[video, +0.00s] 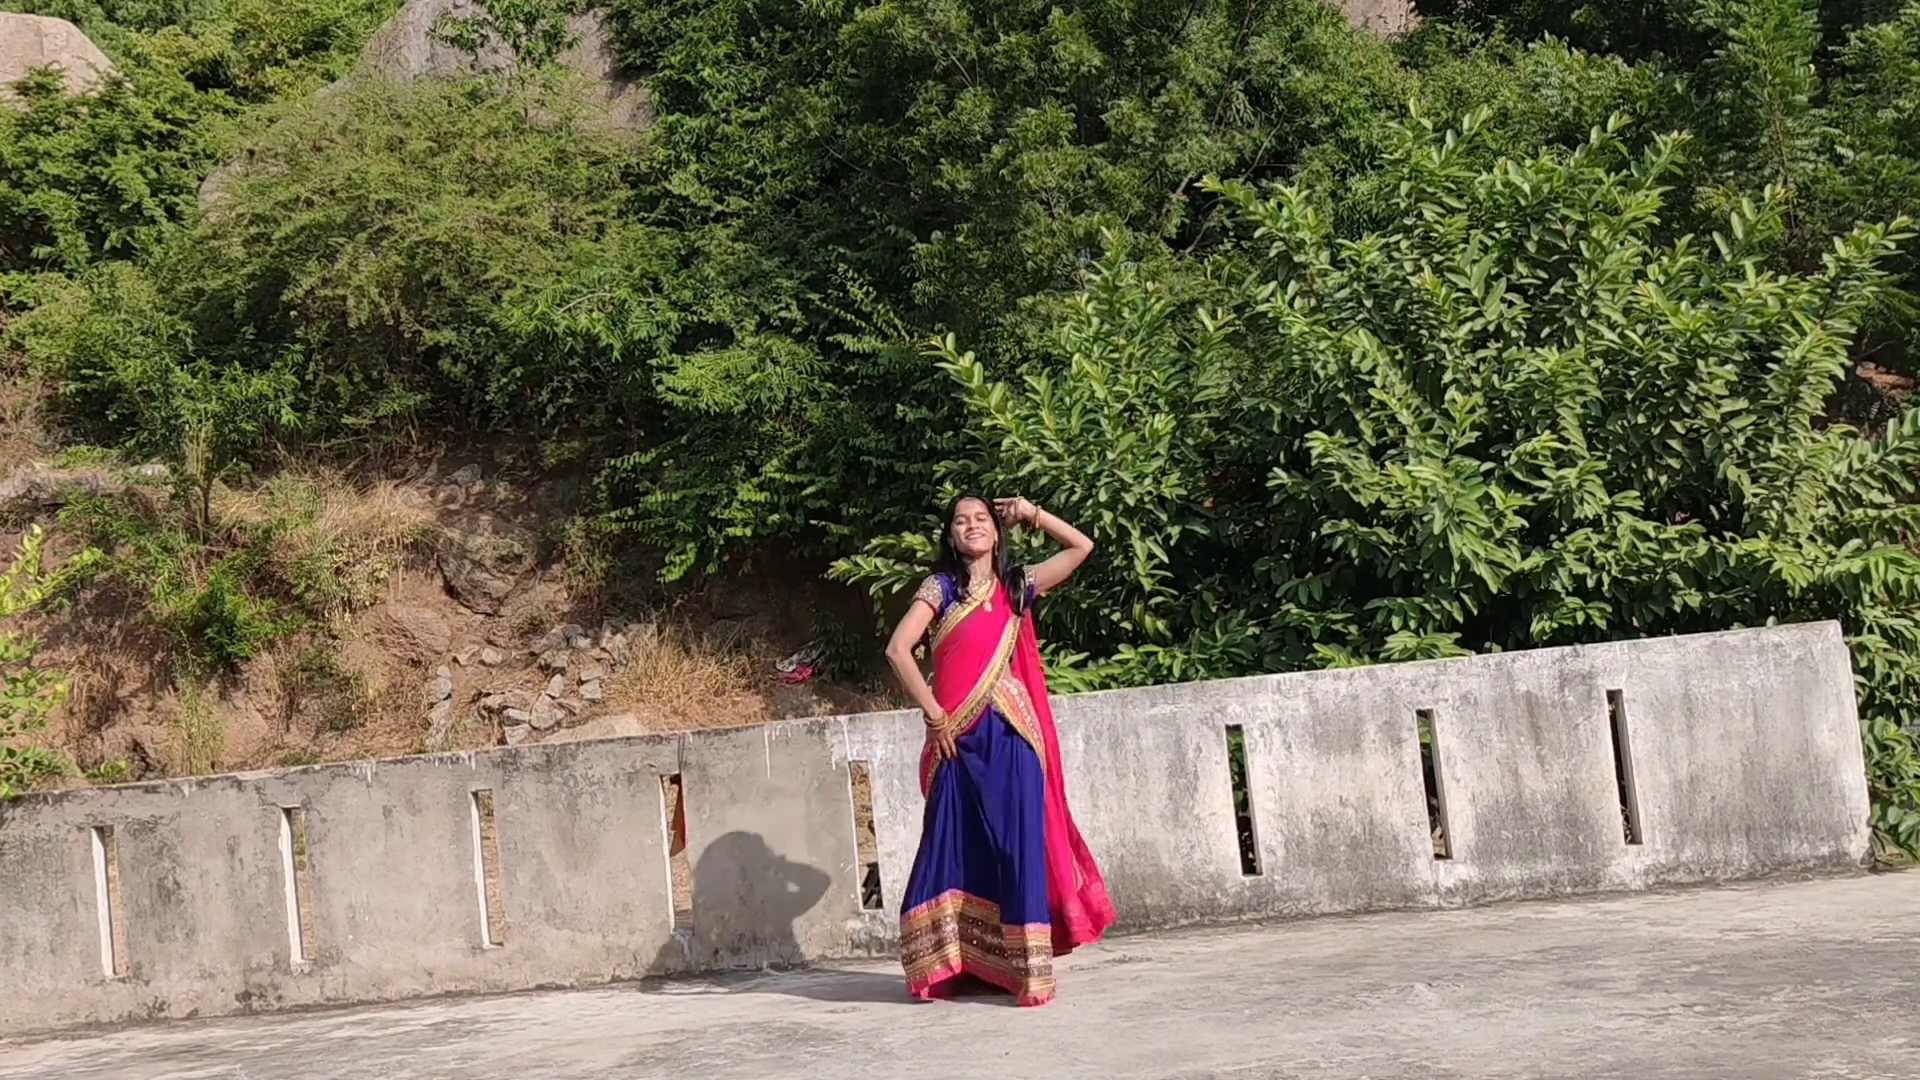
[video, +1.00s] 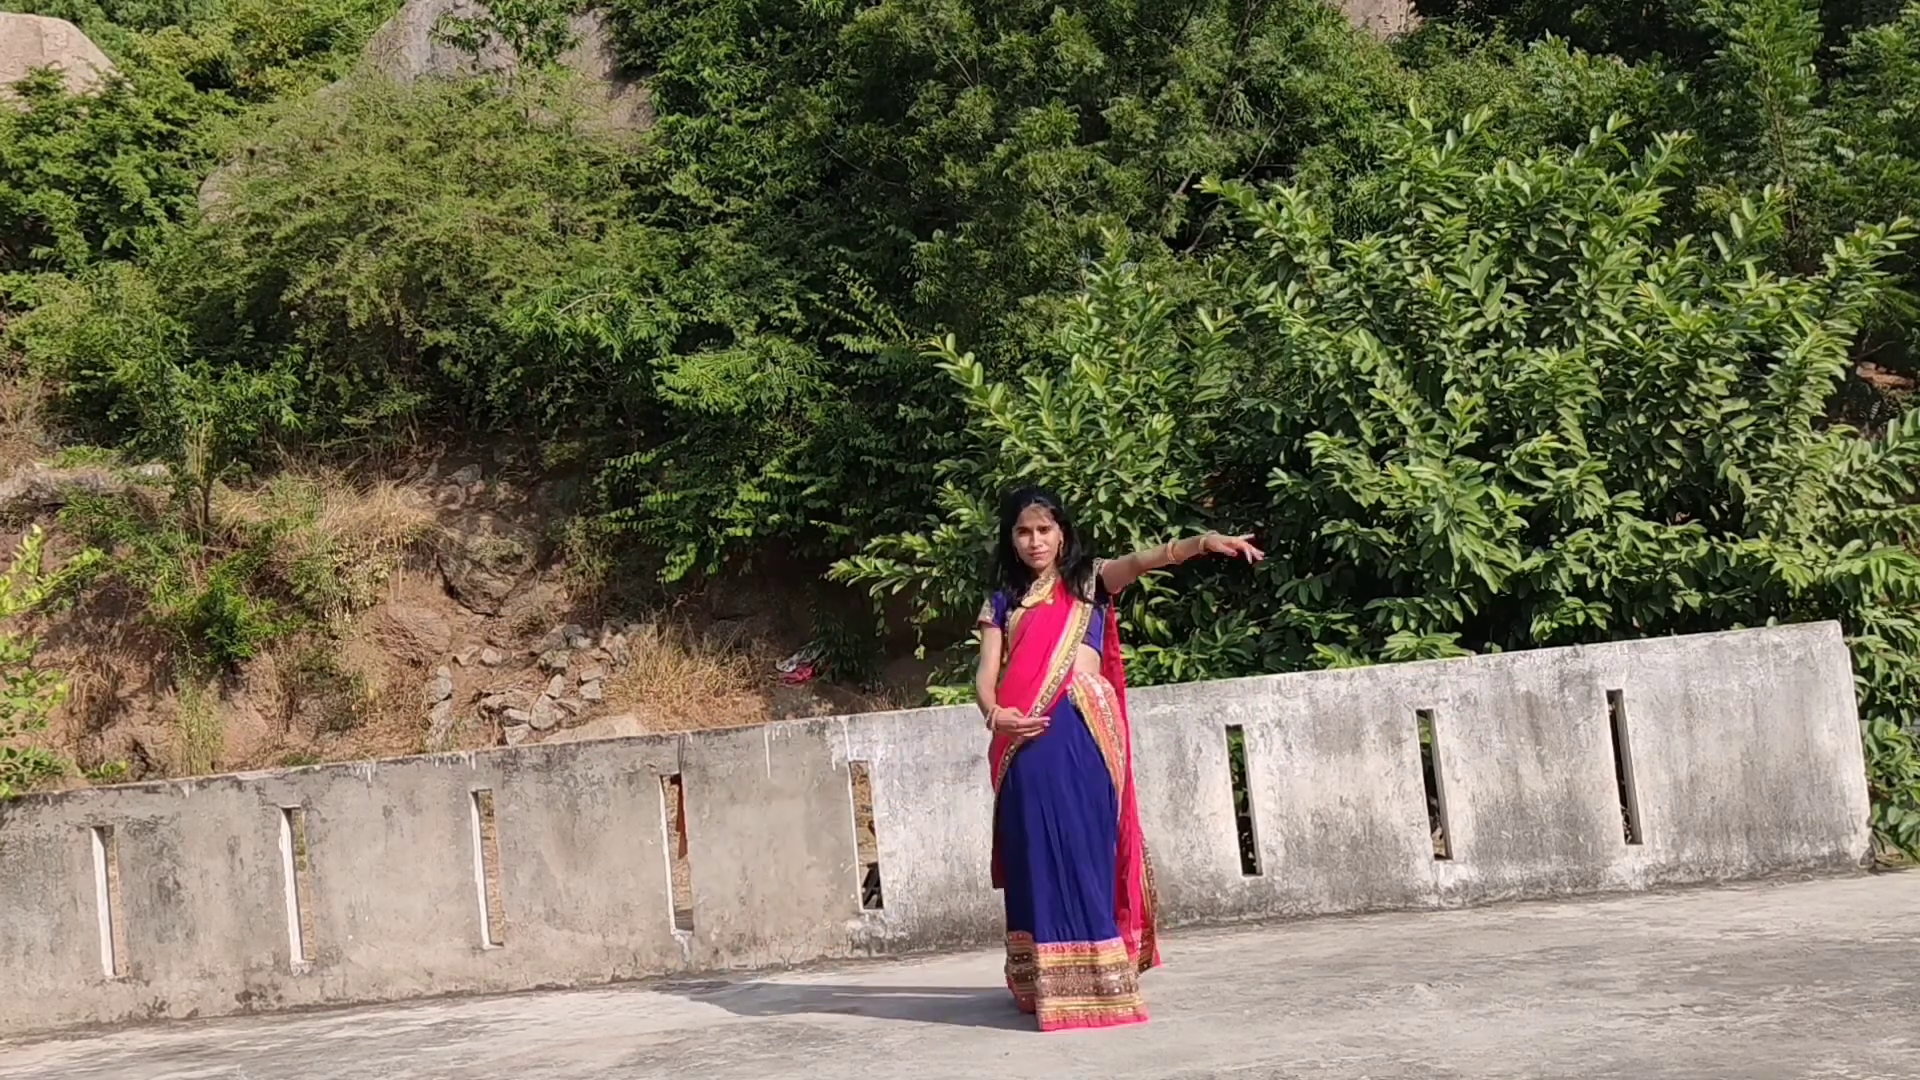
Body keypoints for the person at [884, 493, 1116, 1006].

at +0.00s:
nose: (972, 526)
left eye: (980, 518)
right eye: (962, 521)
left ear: (998, 530)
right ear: (951, 537)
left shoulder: (1019, 585)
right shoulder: (942, 588)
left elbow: (1080, 548)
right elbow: (897, 649)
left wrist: (1032, 514)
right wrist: (935, 716)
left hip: (1014, 728)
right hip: (960, 732)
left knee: (1021, 846)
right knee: (964, 846)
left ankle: (1030, 969)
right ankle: (965, 963)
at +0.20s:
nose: (986, 517)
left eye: (994, 509)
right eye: (975, 513)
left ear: (1012, 521)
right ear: (965, 528)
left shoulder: (1034, 575)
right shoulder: (956, 579)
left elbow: (1098, 536)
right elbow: (905, 641)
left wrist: (1047, 504)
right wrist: (944, 706)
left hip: (1029, 720)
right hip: (975, 725)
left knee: (1028, 842)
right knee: (980, 843)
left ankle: (1029, 968)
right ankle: (988, 965)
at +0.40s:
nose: (999, 524)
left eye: (1006, 514)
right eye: (989, 519)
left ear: (1026, 522)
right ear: (979, 533)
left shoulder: (1050, 578)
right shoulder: (966, 584)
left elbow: (1126, 551)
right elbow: (904, 639)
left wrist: (1081, 511)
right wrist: (945, 703)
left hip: (1036, 714)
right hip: (980, 721)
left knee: (1052, 818)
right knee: (1038, 804)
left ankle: (1045, 962)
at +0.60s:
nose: (1009, 523)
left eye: (1018, 511)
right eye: (1000, 515)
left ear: (1039, 516)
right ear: (990, 525)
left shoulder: (1061, 570)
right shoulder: (977, 576)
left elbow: (1123, 546)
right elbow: (911, 629)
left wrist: (1103, 481)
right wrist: (953, 687)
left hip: (1038, 709)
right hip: (986, 716)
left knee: (1050, 830)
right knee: (1013, 838)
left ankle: (1079, 965)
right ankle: (1041, 970)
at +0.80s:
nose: (1023, 539)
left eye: (1032, 527)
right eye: (1013, 532)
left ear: (1054, 528)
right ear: (1004, 539)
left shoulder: (1079, 580)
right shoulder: (994, 590)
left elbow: (1112, 530)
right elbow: (931, 648)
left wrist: (1137, 473)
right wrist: (974, 684)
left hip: (1062, 720)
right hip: (1009, 726)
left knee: (1056, 843)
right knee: (1032, 845)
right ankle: (1084, 974)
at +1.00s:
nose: (1035, 540)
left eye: (1044, 529)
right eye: (1024, 531)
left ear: (1062, 534)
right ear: (1011, 540)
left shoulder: (1090, 579)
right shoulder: (1001, 604)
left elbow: (1145, 559)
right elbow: (986, 674)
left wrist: (1206, 542)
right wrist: (994, 714)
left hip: (1084, 734)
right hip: (1025, 740)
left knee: (1086, 855)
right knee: (1037, 860)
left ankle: (1100, 983)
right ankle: (1051, 988)